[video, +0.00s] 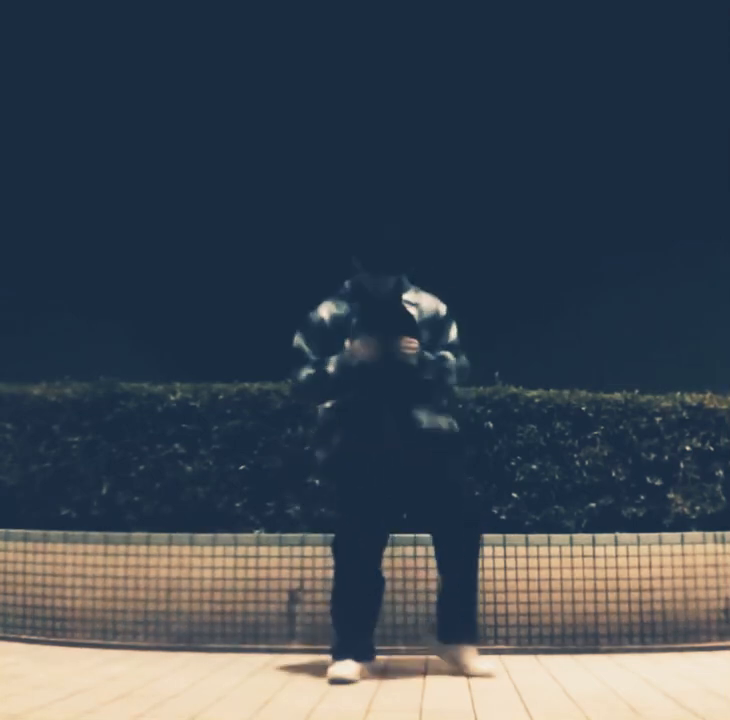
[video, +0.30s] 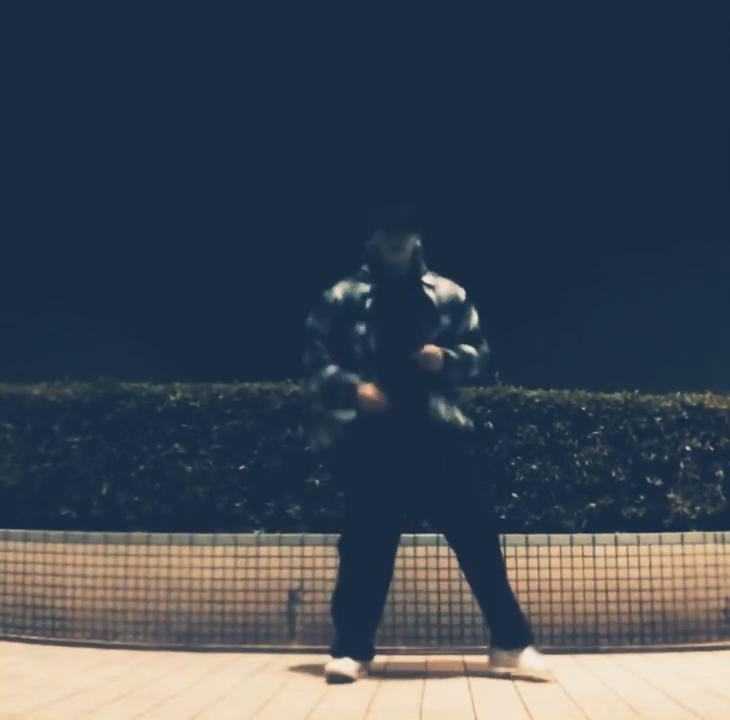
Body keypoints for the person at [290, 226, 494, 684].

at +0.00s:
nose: (382, 281)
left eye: (391, 272)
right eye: (373, 271)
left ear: (404, 272)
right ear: (356, 270)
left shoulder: (429, 311)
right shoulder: (329, 316)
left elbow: (460, 371)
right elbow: (300, 383)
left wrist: (419, 358)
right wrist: (345, 360)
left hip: (428, 448)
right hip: (360, 450)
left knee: (462, 530)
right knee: (356, 545)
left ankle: (457, 639)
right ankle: (350, 654)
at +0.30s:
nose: (396, 249)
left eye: (404, 239)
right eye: (387, 240)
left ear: (418, 240)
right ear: (372, 242)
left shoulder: (449, 296)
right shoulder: (346, 297)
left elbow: (482, 358)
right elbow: (314, 361)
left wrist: (447, 360)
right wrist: (353, 388)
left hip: (441, 438)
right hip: (373, 439)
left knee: (476, 538)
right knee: (366, 542)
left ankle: (510, 645)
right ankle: (349, 653)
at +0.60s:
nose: (416, 259)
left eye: (423, 249)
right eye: (407, 250)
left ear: (438, 249)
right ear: (391, 252)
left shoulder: (472, 303)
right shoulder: (366, 307)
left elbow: (502, 363)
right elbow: (341, 369)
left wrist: (448, 367)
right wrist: (378, 384)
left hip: (462, 449)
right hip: (393, 450)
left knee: (485, 546)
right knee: (378, 548)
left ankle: (508, 650)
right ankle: (351, 652)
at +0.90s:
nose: (414, 277)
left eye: (422, 271)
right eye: (407, 271)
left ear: (438, 280)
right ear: (393, 281)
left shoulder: (468, 314)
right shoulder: (375, 320)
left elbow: (515, 356)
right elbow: (344, 333)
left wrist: (451, 342)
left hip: (463, 477)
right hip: (381, 476)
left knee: (517, 544)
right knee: (331, 550)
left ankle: (546, 648)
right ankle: (306, 650)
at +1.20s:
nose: (424, 272)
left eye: (433, 262)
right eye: (413, 264)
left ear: (447, 266)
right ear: (396, 270)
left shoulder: (472, 306)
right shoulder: (373, 307)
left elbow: (516, 341)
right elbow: (331, 286)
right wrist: (380, 269)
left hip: (467, 470)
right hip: (385, 470)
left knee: (516, 555)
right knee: (343, 558)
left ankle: (550, 653)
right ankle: (309, 654)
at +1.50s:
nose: (424, 267)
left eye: (433, 258)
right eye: (416, 258)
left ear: (448, 257)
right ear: (401, 254)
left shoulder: (469, 305)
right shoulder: (370, 292)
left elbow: (476, 375)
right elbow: (356, 350)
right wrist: (382, 384)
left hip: (453, 446)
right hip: (391, 445)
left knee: (457, 544)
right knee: (386, 542)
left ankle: (467, 646)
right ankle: (377, 647)